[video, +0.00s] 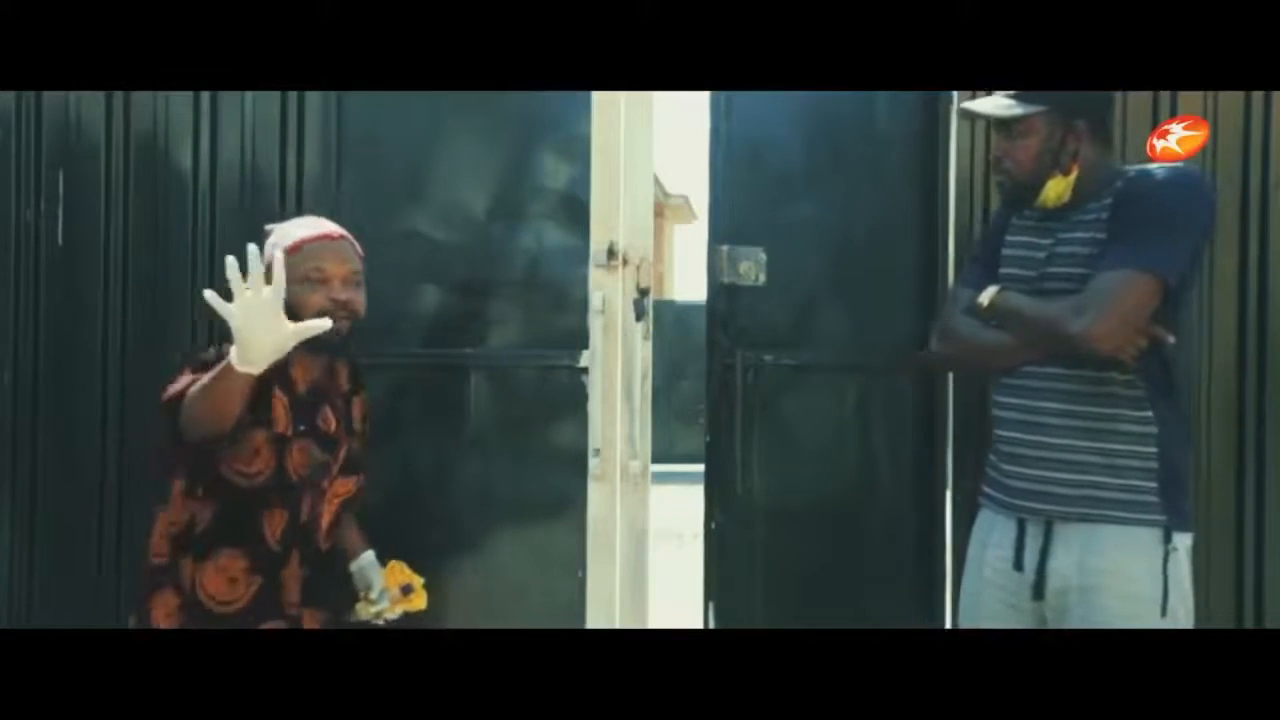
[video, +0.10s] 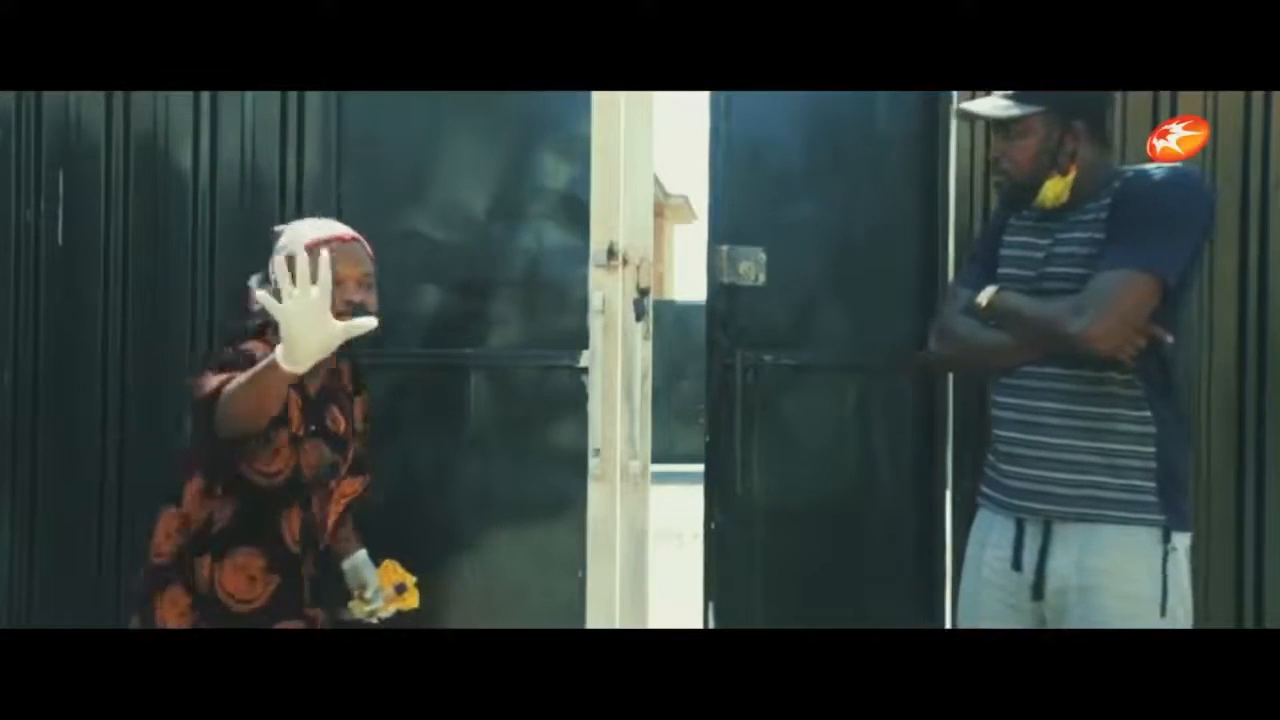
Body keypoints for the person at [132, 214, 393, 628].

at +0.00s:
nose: (340, 296)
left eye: (353, 281)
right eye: (315, 281)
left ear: (366, 292)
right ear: (273, 291)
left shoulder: (344, 382)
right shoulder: (223, 369)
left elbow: (336, 500)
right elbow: (196, 427)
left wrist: (369, 575)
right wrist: (246, 363)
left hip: (300, 603)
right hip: (206, 603)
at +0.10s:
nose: (356, 297)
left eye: (366, 284)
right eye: (338, 285)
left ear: (376, 290)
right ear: (294, 289)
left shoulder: (342, 378)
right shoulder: (242, 364)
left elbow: (333, 492)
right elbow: (228, 420)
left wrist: (360, 571)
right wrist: (289, 362)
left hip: (294, 590)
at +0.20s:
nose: (364, 300)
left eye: (371, 284)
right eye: (339, 286)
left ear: (379, 290)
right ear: (301, 295)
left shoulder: (345, 378)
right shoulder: (250, 359)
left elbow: (329, 495)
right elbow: (254, 416)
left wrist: (356, 572)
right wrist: (328, 361)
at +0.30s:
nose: (353, 300)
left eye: (363, 285)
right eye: (335, 284)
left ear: (376, 289)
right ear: (293, 288)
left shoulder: (345, 369)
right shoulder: (252, 354)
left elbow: (329, 497)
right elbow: (277, 413)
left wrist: (352, 569)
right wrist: (357, 355)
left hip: (303, 586)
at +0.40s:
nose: (354, 299)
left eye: (367, 283)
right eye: (330, 283)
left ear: (382, 290)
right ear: (288, 294)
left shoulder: (352, 368)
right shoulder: (254, 356)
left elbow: (334, 491)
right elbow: (286, 412)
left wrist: (354, 567)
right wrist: (391, 352)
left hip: (298, 604)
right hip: (214, 607)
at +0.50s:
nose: (351, 299)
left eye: (364, 283)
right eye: (327, 283)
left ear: (380, 292)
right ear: (286, 294)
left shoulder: (356, 370)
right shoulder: (254, 357)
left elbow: (342, 497)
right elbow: (278, 419)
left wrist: (367, 575)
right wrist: (389, 352)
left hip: (306, 600)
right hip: (220, 605)